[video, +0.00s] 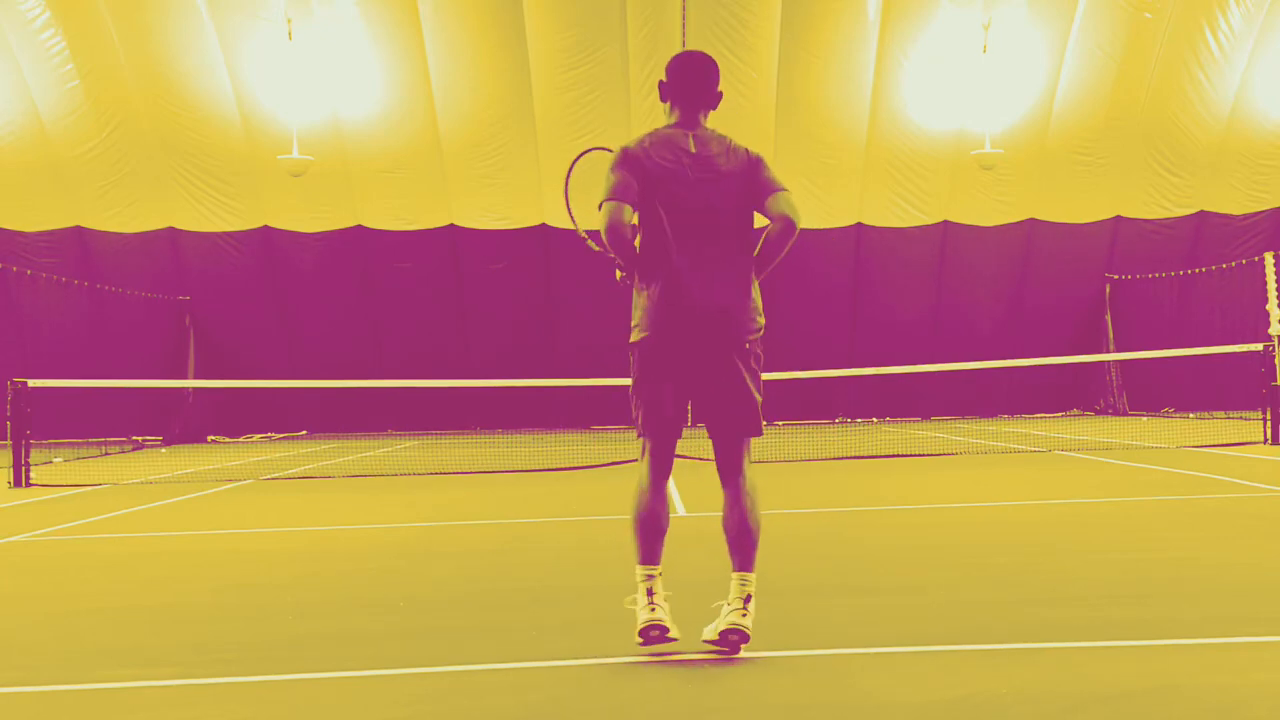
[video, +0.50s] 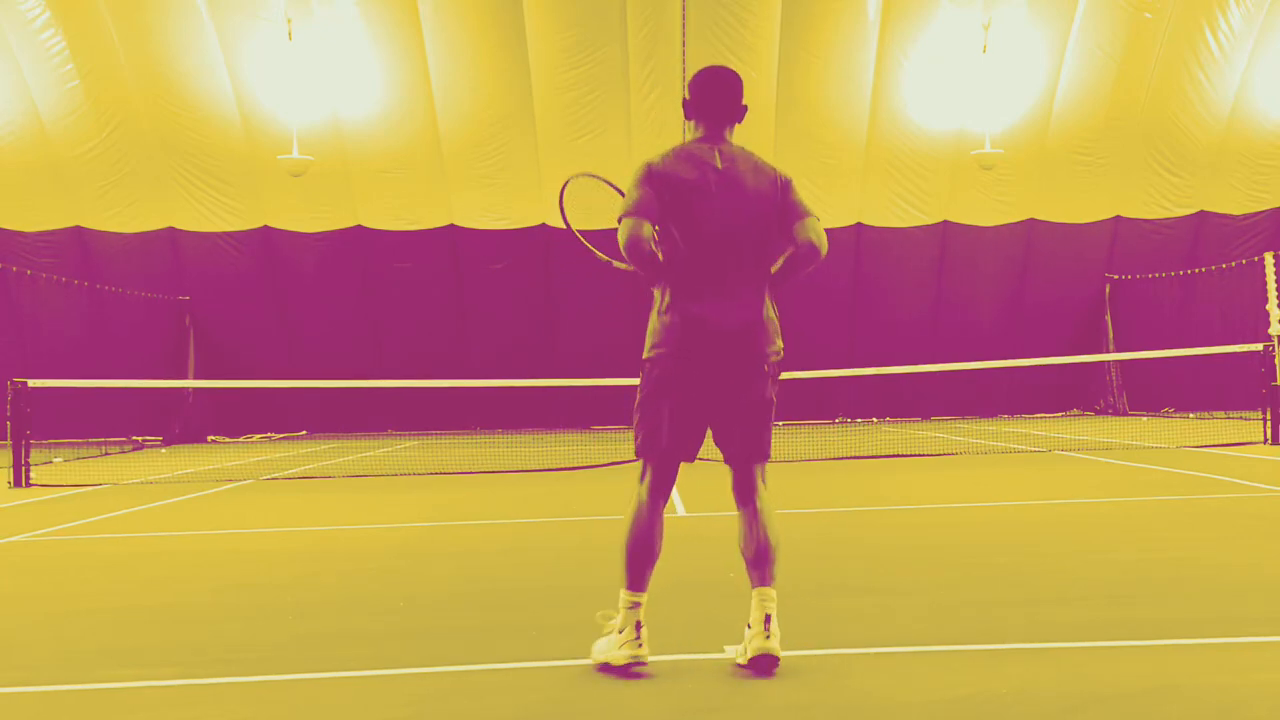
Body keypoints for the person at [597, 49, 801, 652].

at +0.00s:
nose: (682, 105)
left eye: (672, 92)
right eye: (706, 96)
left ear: (664, 94)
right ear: (718, 99)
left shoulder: (636, 155)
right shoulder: (743, 159)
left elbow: (613, 225)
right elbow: (788, 221)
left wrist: (640, 269)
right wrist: (751, 274)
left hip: (662, 326)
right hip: (732, 325)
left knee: (654, 466)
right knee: (736, 469)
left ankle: (650, 602)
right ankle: (739, 608)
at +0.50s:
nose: (707, 123)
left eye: (695, 111)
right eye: (727, 111)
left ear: (686, 112)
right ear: (742, 114)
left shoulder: (660, 171)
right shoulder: (770, 178)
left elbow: (631, 238)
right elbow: (814, 243)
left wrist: (662, 274)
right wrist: (769, 282)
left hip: (678, 347)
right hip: (751, 347)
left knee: (652, 487)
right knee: (751, 490)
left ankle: (629, 628)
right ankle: (764, 626)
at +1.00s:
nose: (710, 135)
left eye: (679, 126)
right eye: (722, 124)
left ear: (673, 125)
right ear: (729, 126)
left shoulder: (644, 189)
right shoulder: (756, 188)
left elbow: (618, 260)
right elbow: (809, 258)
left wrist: (646, 301)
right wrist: (770, 308)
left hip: (684, 366)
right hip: (759, 361)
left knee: (690, 503)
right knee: (791, 498)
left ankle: (709, 642)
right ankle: (835, 636)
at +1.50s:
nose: (712, 125)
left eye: (702, 114)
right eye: (739, 117)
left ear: (697, 115)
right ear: (751, 119)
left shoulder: (672, 174)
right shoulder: (775, 182)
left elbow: (655, 248)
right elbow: (826, 250)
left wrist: (665, 291)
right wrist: (784, 294)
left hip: (694, 350)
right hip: (761, 353)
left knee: (672, 491)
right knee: (751, 497)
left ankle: (668, 629)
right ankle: (763, 632)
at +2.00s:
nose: (694, 108)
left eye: (688, 97)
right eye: (720, 99)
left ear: (684, 100)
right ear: (738, 104)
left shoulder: (656, 163)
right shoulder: (764, 163)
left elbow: (635, 226)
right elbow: (810, 218)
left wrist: (647, 276)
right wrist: (784, 288)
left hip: (685, 340)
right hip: (755, 337)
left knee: (684, 479)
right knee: (764, 475)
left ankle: (693, 615)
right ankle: (781, 610)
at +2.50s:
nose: (694, 111)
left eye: (686, 99)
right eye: (720, 102)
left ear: (679, 103)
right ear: (734, 107)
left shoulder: (654, 162)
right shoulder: (761, 166)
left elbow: (634, 221)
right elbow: (802, 224)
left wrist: (648, 261)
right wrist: (764, 274)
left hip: (683, 337)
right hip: (751, 335)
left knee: (686, 474)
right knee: (766, 469)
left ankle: (695, 608)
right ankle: (782, 600)